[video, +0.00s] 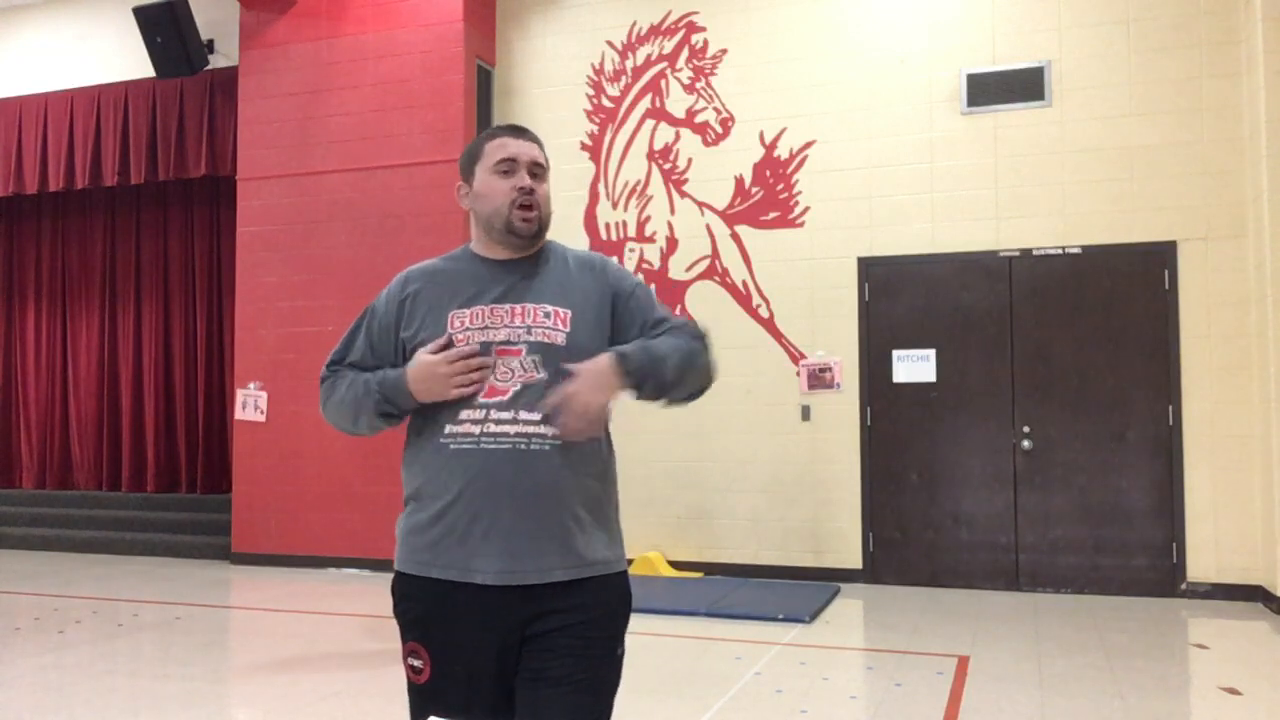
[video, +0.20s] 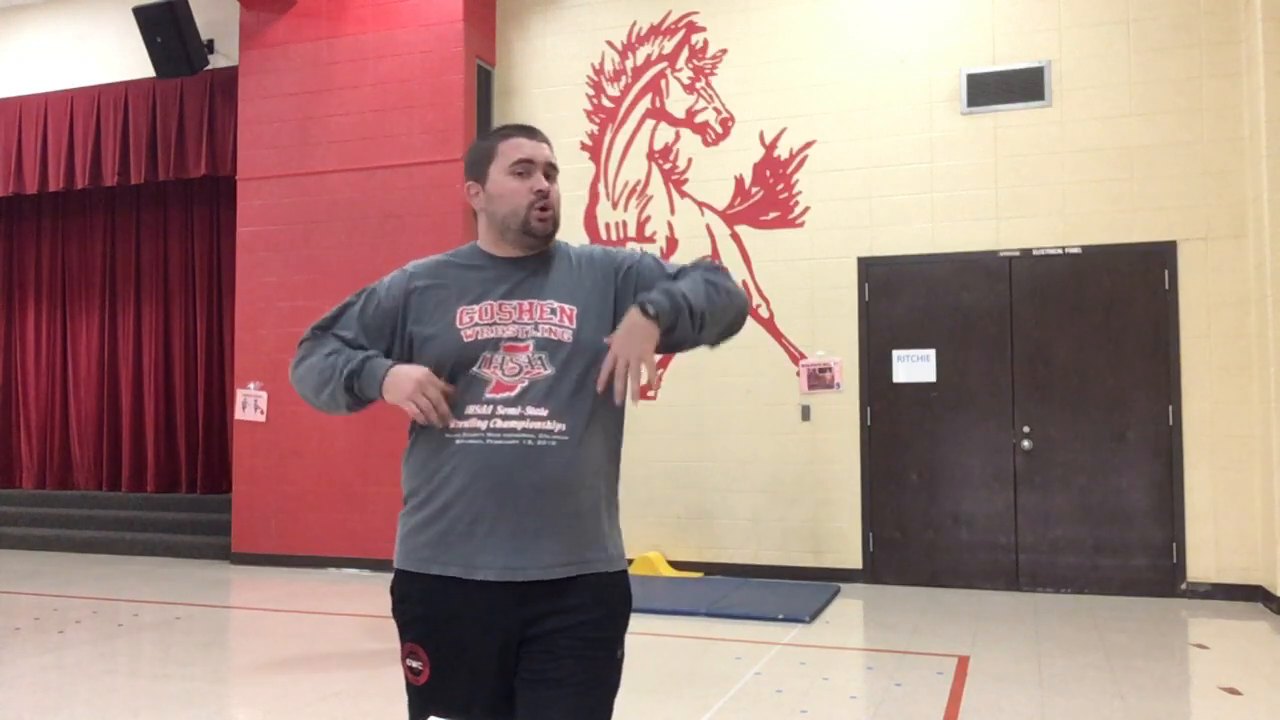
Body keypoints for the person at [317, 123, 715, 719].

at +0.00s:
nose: (527, 183)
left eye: (537, 172)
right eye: (506, 170)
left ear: (550, 192)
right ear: (466, 193)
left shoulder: (602, 283)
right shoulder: (416, 291)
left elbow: (692, 354)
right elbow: (339, 393)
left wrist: (619, 368)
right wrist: (406, 386)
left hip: (578, 580)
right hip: (447, 580)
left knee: (569, 711)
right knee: (454, 714)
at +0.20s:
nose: (545, 184)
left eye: (551, 173)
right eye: (523, 170)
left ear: (562, 190)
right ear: (475, 192)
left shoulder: (610, 275)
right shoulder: (420, 287)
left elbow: (724, 294)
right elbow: (312, 359)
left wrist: (651, 315)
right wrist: (381, 374)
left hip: (579, 583)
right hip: (447, 583)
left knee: (570, 712)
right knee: (454, 713)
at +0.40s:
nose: (545, 182)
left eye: (556, 172)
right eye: (524, 168)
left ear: (569, 191)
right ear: (481, 188)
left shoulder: (614, 279)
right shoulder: (425, 283)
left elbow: (717, 331)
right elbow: (331, 370)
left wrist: (639, 296)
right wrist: (396, 368)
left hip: (583, 583)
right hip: (452, 582)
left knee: (575, 710)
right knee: (458, 713)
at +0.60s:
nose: (548, 181)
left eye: (561, 170)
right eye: (528, 166)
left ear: (577, 191)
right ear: (488, 187)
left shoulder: (620, 278)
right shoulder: (434, 280)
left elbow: (669, 383)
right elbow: (367, 404)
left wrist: (586, 313)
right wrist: (417, 379)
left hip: (589, 583)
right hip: (457, 583)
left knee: (580, 710)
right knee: (461, 713)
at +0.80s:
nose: (547, 176)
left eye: (565, 164)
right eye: (529, 162)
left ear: (590, 187)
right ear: (499, 184)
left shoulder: (628, 274)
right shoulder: (442, 277)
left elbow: (673, 375)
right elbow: (366, 386)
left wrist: (565, 329)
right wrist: (445, 373)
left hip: (601, 588)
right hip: (466, 586)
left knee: (591, 709)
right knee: (475, 710)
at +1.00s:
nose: (545, 161)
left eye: (566, 149)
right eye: (529, 147)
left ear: (597, 177)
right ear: (507, 170)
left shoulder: (647, 271)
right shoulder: (451, 269)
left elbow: (719, 369)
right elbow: (372, 397)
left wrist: (683, 389)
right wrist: (419, 351)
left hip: (617, 590)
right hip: (478, 590)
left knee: (610, 710)